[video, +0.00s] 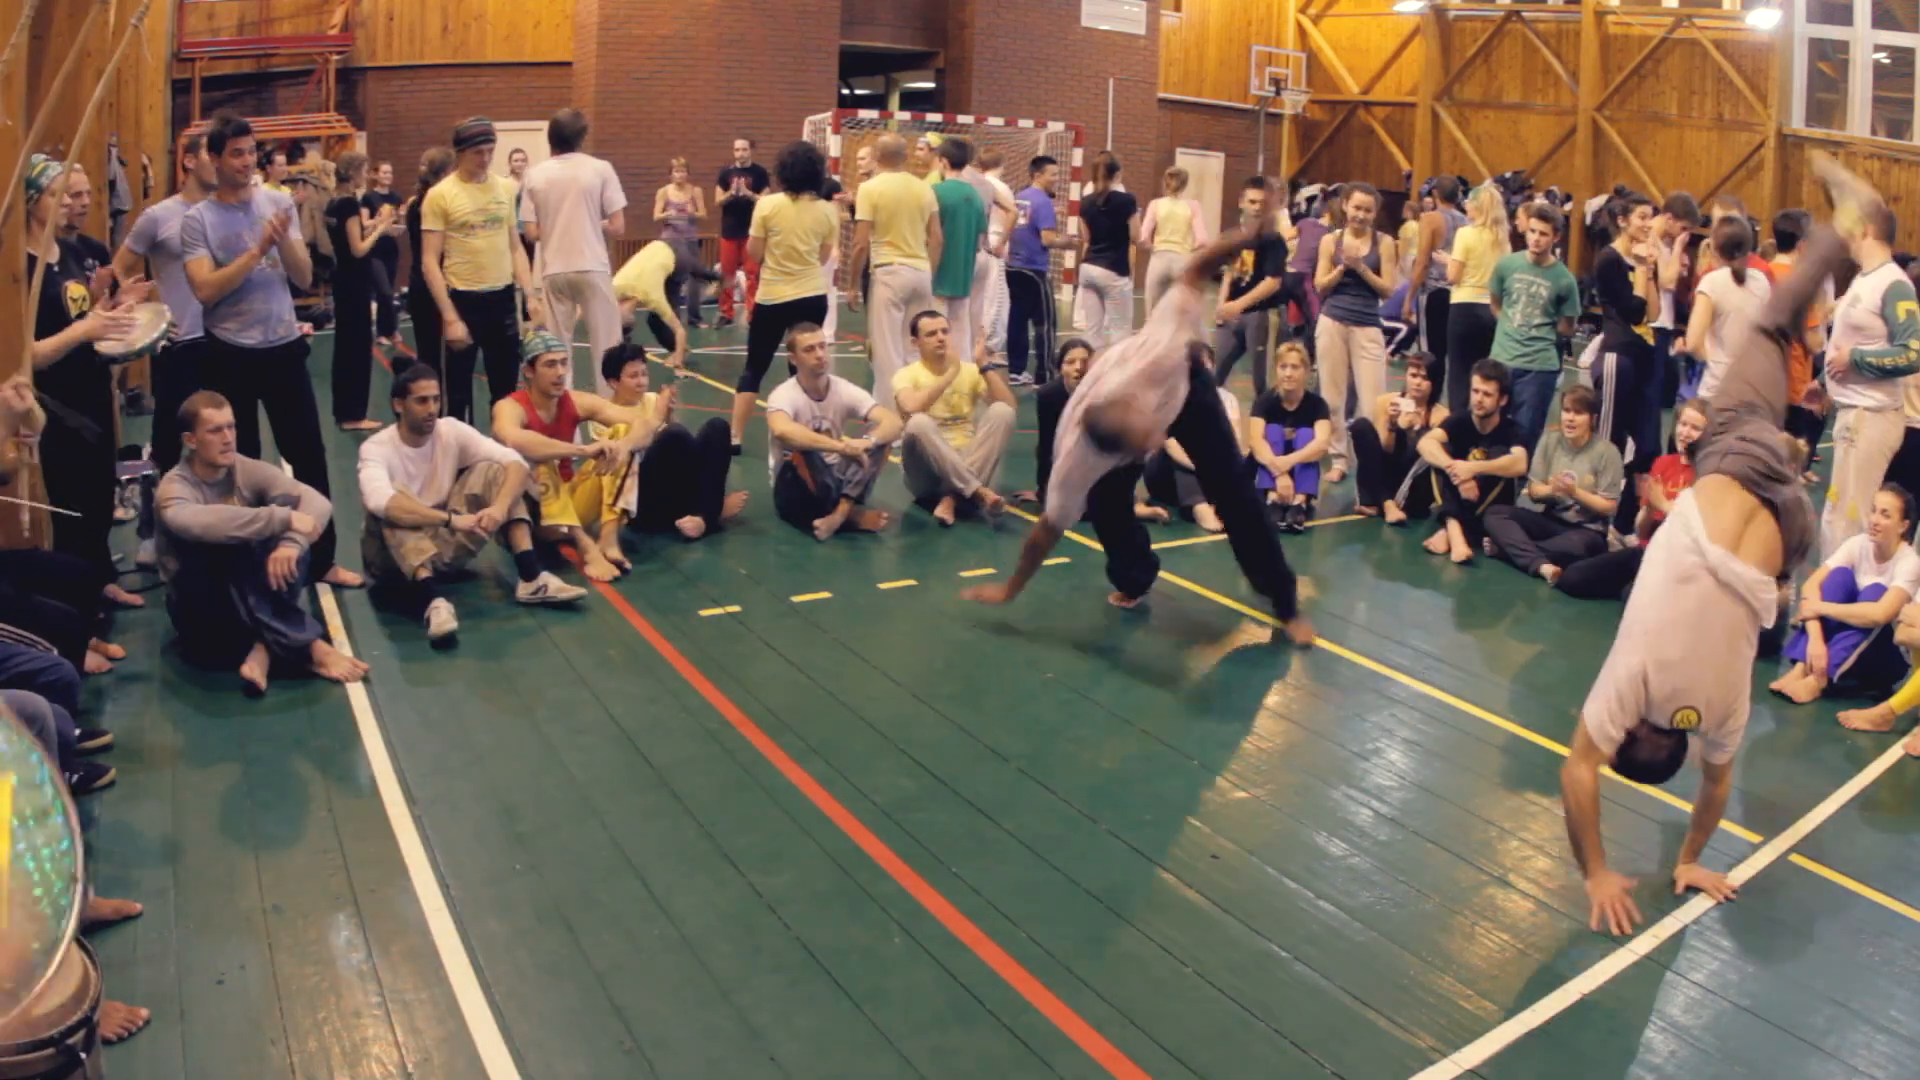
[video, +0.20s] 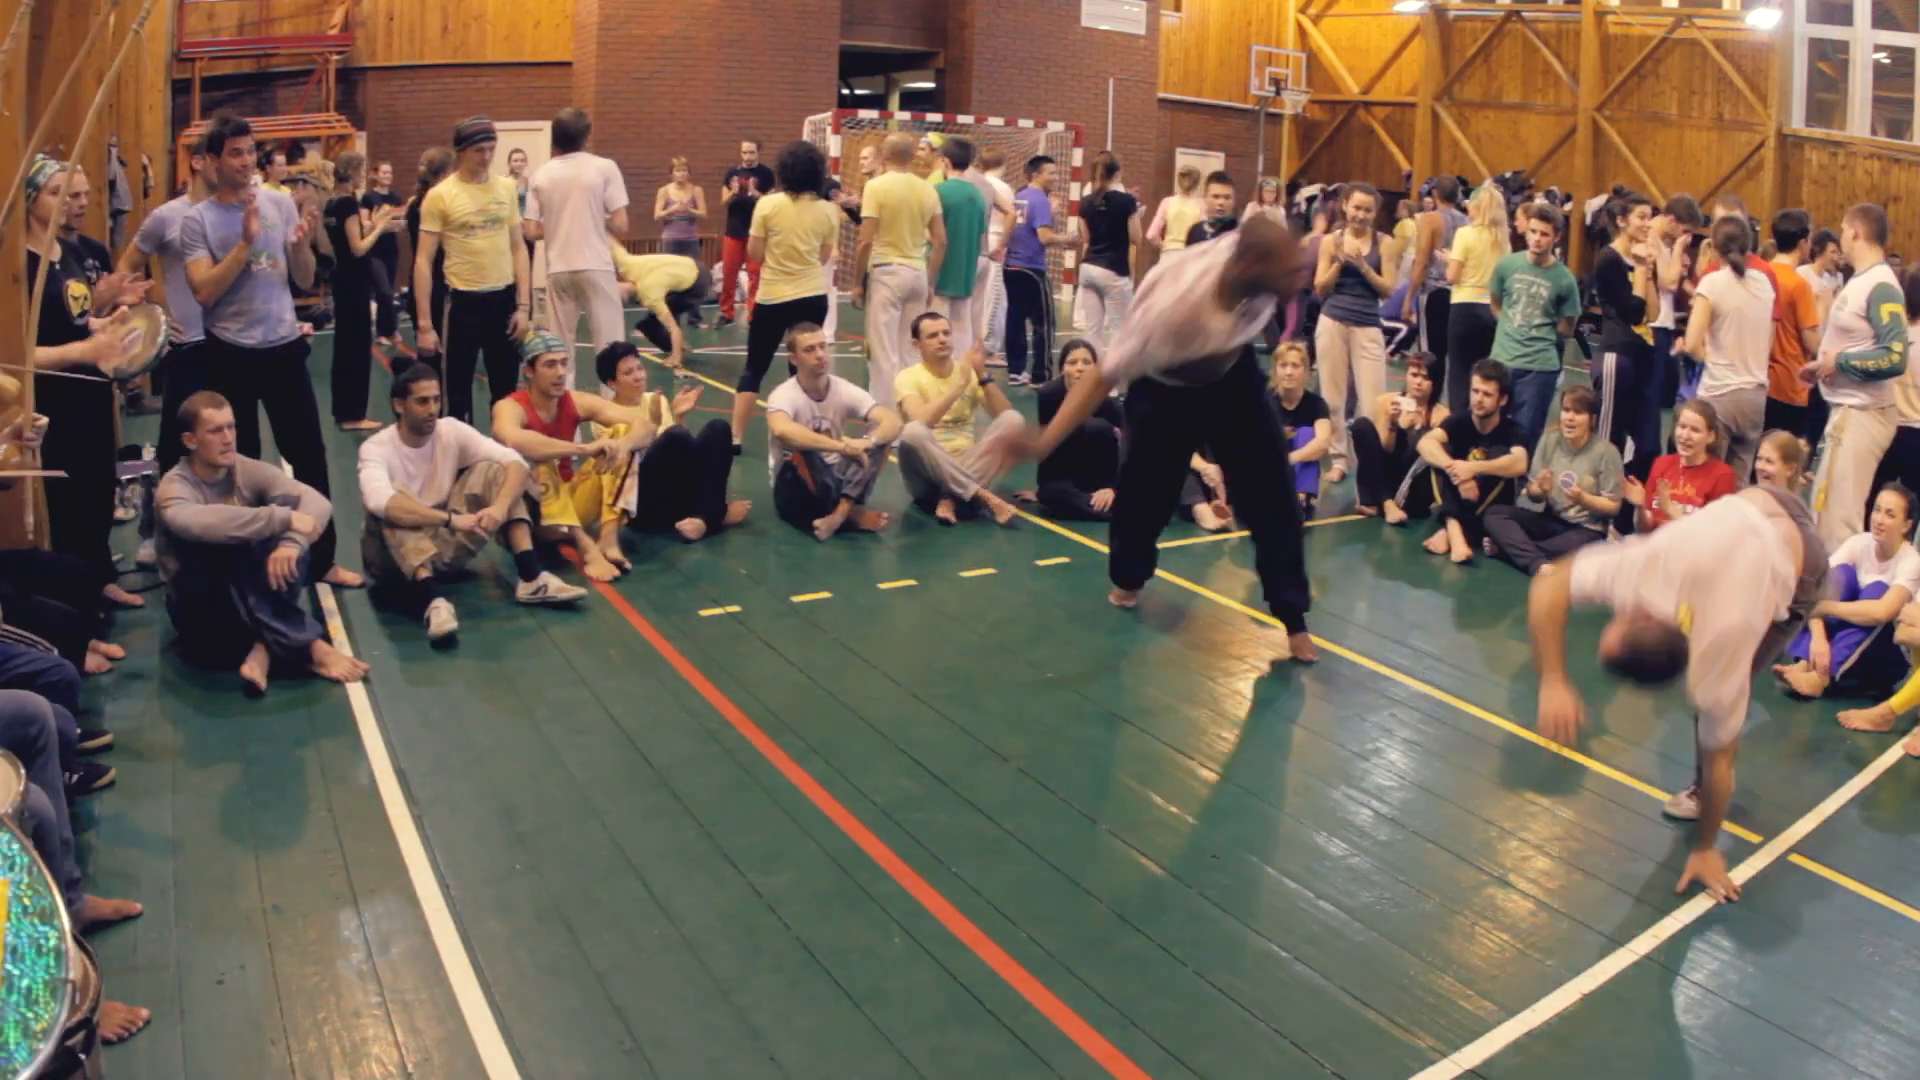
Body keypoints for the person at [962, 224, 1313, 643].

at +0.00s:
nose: (1156, 440)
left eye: (1152, 432)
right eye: (1146, 441)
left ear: (1143, 406)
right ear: (1117, 445)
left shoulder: (1160, 357)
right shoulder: (1078, 456)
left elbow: (1196, 270)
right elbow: (1047, 530)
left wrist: (1250, 234)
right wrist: (1010, 590)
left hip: (1177, 380)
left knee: (1230, 488)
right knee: (1107, 504)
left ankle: (1285, 602)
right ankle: (1134, 577)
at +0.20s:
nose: (1301, 277)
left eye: (1300, 266)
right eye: (1290, 272)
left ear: (1292, 248)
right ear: (1254, 270)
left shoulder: (1267, 252)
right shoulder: (1179, 301)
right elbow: (1105, 372)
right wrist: (1044, 441)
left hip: (1232, 372)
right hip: (1162, 383)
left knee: (1272, 492)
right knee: (1147, 487)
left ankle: (1294, 617)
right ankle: (1129, 578)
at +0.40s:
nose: (1436, 278)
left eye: (1439, 266)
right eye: (1431, 263)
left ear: (1408, 253)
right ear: (1396, 242)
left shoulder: (1362, 273)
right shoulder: (1327, 249)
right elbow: (1258, 303)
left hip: (1266, 386)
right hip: (1197, 378)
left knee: (1313, 511)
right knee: (1187, 523)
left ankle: (1313, 645)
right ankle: (1123, 504)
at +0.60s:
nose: (1491, 414)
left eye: (1494, 406)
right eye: (1493, 403)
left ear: (1466, 374)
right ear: (1478, 379)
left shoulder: (1405, 364)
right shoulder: (1444, 373)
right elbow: (1479, 441)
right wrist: (1496, 470)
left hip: (1298, 471)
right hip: (1250, 457)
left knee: (1361, 550)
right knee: (1209, 612)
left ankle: (1329, 695)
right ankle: (1074, 618)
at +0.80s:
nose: (1506, 481)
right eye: (1503, 472)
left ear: (1455, 436)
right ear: (1484, 460)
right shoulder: (1473, 456)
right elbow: (1554, 538)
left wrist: (1426, 565)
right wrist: (1546, 619)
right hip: (1261, 479)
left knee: (1361, 578)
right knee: (1214, 642)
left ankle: (1332, 700)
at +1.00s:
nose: (1526, 429)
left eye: (1530, 419)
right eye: (1526, 417)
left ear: (1469, 383)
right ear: (1505, 401)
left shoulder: (1406, 389)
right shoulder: (1492, 432)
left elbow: (1287, 409)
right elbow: (1526, 518)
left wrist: (1233, 439)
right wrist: (1550, 492)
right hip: (1247, 517)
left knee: (1348, 591)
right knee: (1333, 675)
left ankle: (1339, 701)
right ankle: (1290, 874)